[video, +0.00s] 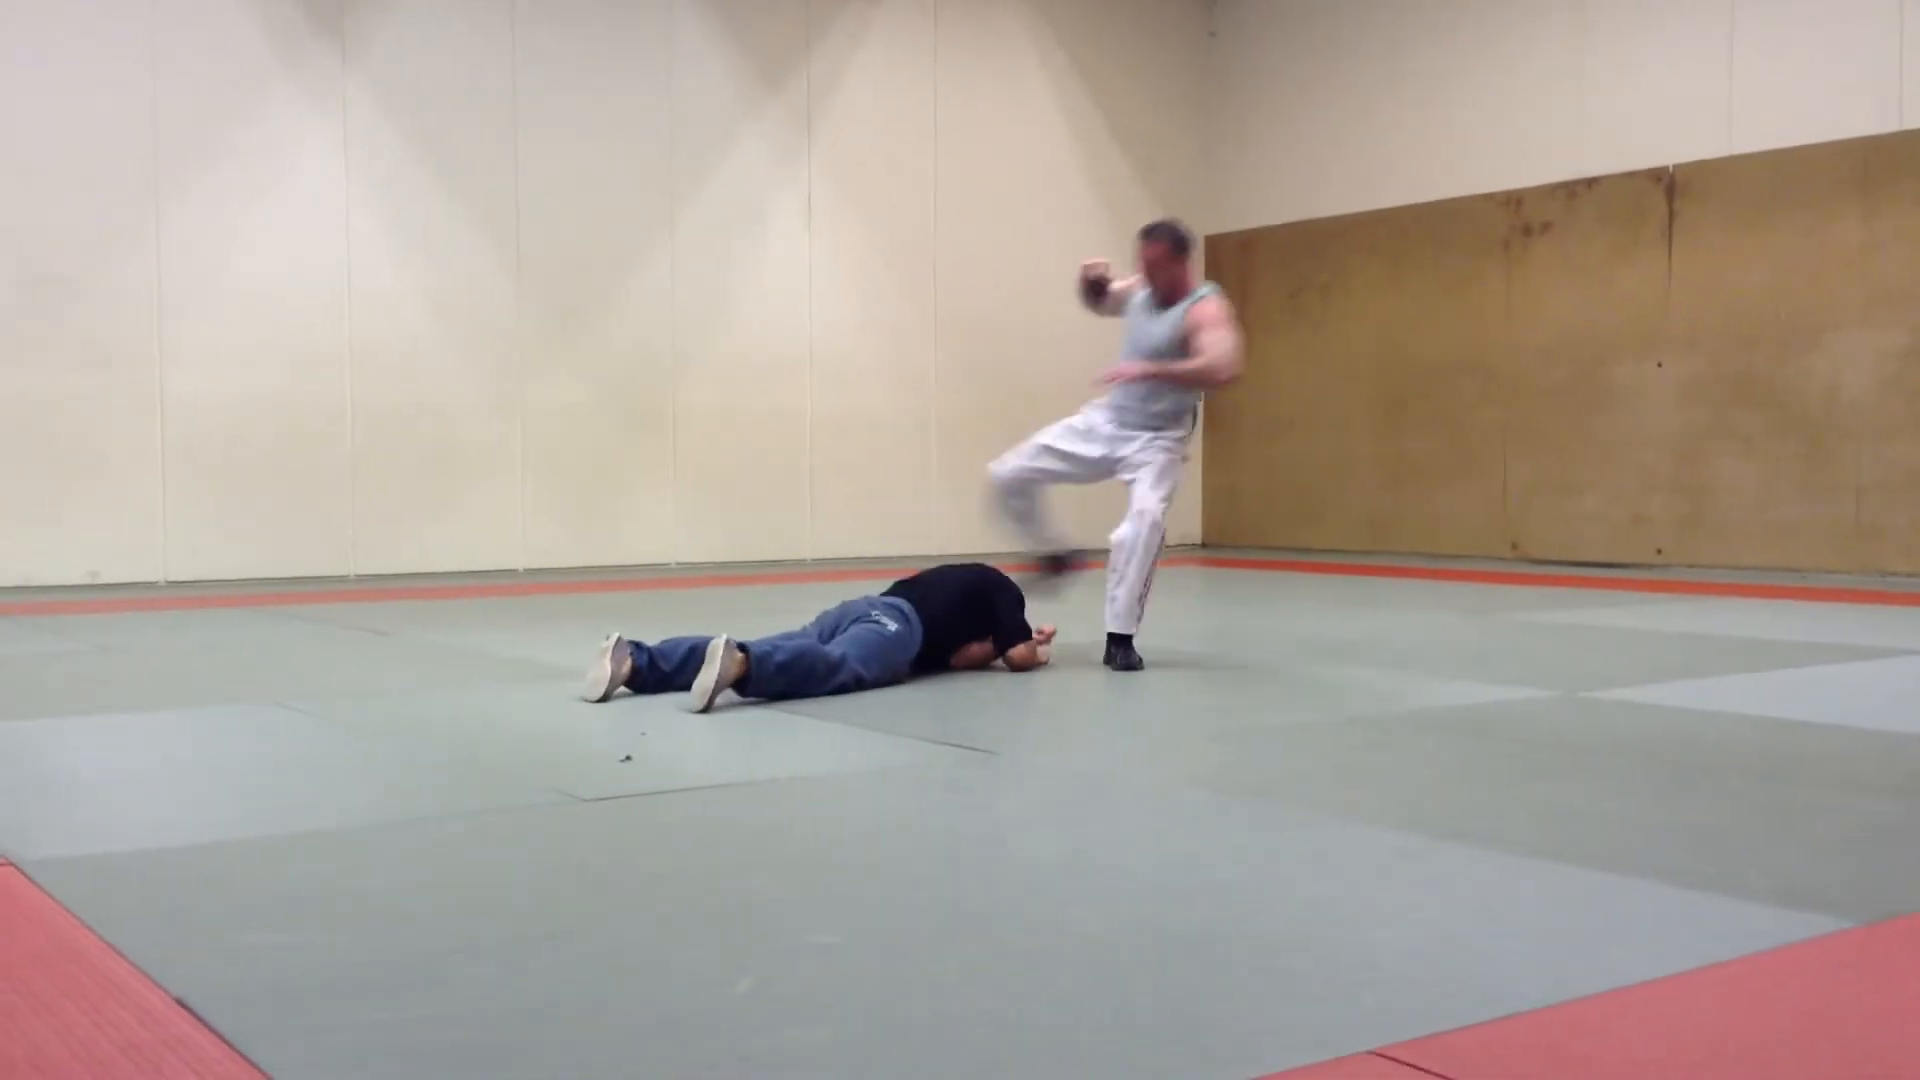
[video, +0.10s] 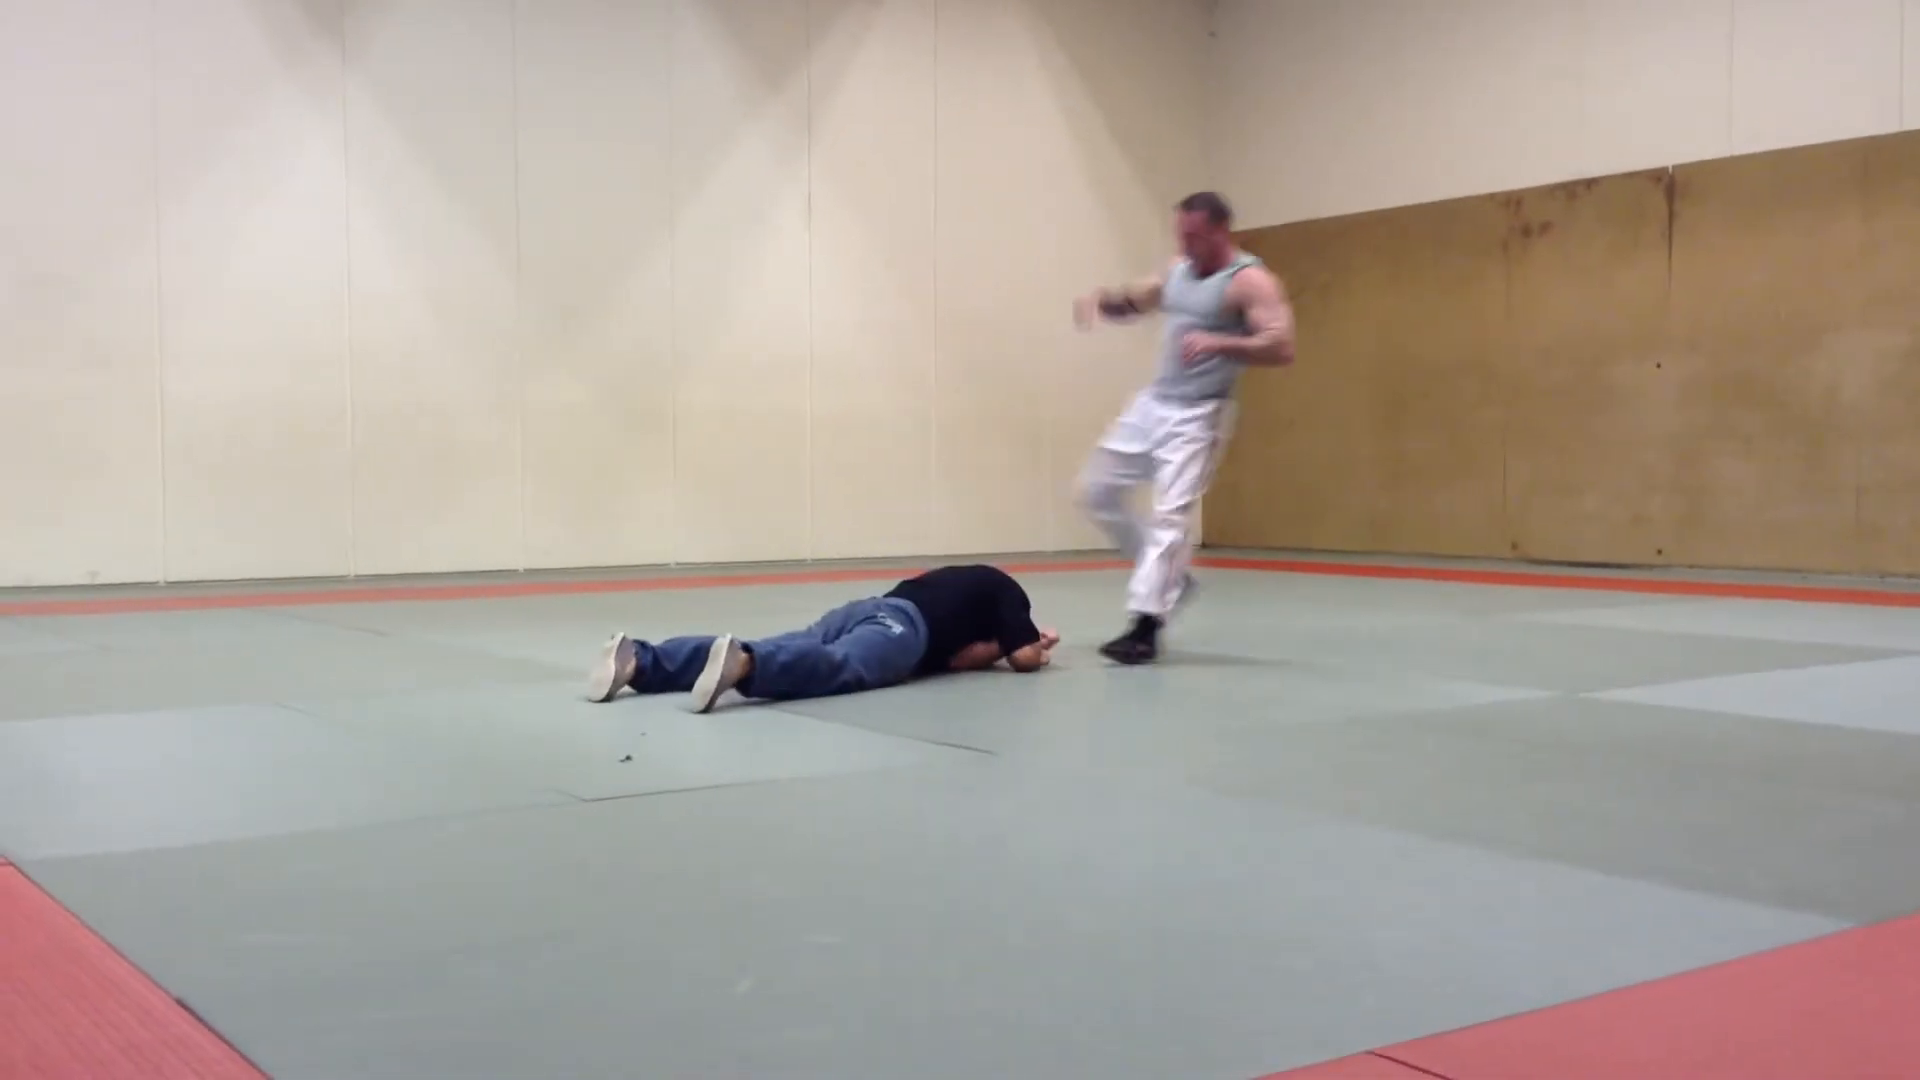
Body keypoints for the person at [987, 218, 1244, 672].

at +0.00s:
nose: (1148, 275)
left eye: (1156, 266)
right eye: (1146, 266)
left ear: (1183, 262)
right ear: (1144, 262)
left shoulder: (1207, 306)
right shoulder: (1143, 288)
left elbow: (1222, 364)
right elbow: (1103, 303)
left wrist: (1149, 370)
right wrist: (1093, 284)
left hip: (1158, 442)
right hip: (1105, 425)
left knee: (1144, 525)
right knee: (1008, 477)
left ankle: (1120, 637)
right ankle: (1054, 553)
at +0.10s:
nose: (1186, 246)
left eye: (1194, 237)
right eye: (1183, 237)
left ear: (1222, 232)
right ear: (1182, 235)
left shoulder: (1251, 280)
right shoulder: (1181, 271)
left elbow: (1281, 345)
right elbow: (1146, 297)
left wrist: (1219, 344)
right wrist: (1109, 300)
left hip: (1198, 416)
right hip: (1154, 406)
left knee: (1170, 516)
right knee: (1097, 490)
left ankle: (1146, 624)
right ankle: (1168, 574)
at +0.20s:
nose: (1223, 239)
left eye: (1231, 230)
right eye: (1219, 230)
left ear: (1259, 227)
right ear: (1220, 231)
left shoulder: (1285, 279)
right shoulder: (1221, 280)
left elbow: (1294, 343)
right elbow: (1200, 337)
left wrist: (1237, 313)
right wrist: (1165, 363)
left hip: (1250, 411)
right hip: (1209, 409)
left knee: (1206, 501)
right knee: (1175, 508)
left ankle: (1226, 605)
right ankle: (1205, 614)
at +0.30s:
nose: (1262, 236)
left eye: (1270, 225)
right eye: (1258, 227)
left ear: (1296, 223)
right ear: (1259, 229)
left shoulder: (1320, 264)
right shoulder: (1278, 275)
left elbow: (1307, 320)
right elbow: (1285, 340)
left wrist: (1249, 299)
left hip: (1302, 403)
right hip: (1261, 402)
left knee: (1266, 508)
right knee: (1225, 503)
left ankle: (1319, 575)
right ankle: (1206, 613)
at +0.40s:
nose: (1302, 246)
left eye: (1309, 236)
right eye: (1301, 236)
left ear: (1336, 230)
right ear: (1325, 233)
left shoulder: (1358, 270)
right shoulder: (1332, 273)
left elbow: (1345, 325)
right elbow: (1335, 334)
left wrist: (1279, 335)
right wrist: (1292, 340)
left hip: (1354, 408)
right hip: (1322, 406)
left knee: (1322, 516)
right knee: (1274, 495)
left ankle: (1365, 606)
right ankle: (1273, 601)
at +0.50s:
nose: (1358, 260)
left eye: (1364, 248)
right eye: (1354, 251)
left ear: (1390, 243)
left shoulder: (1403, 286)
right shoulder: (1414, 280)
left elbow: (1408, 348)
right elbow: (1396, 317)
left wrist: (1357, 378)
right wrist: (1366, 318)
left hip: (1396, 413)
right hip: (1413, 411)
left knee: (1340, 514)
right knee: (1372, 509)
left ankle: (1368, 616)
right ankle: (1421, 581)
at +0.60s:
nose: (1412, 255)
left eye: (1418, 244)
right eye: (1407, 247)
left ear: (1443, 236)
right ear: (1412, 245)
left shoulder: (1463, 279)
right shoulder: (1459, 277)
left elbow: (1475, 346)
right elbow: (1454, 345)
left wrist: (1421, 368)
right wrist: (1411, 336)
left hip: (1449, 405)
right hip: (1467, 403)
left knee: (1392, 500)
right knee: (1451, 503)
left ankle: (1370, 609)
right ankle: (1519, 587)